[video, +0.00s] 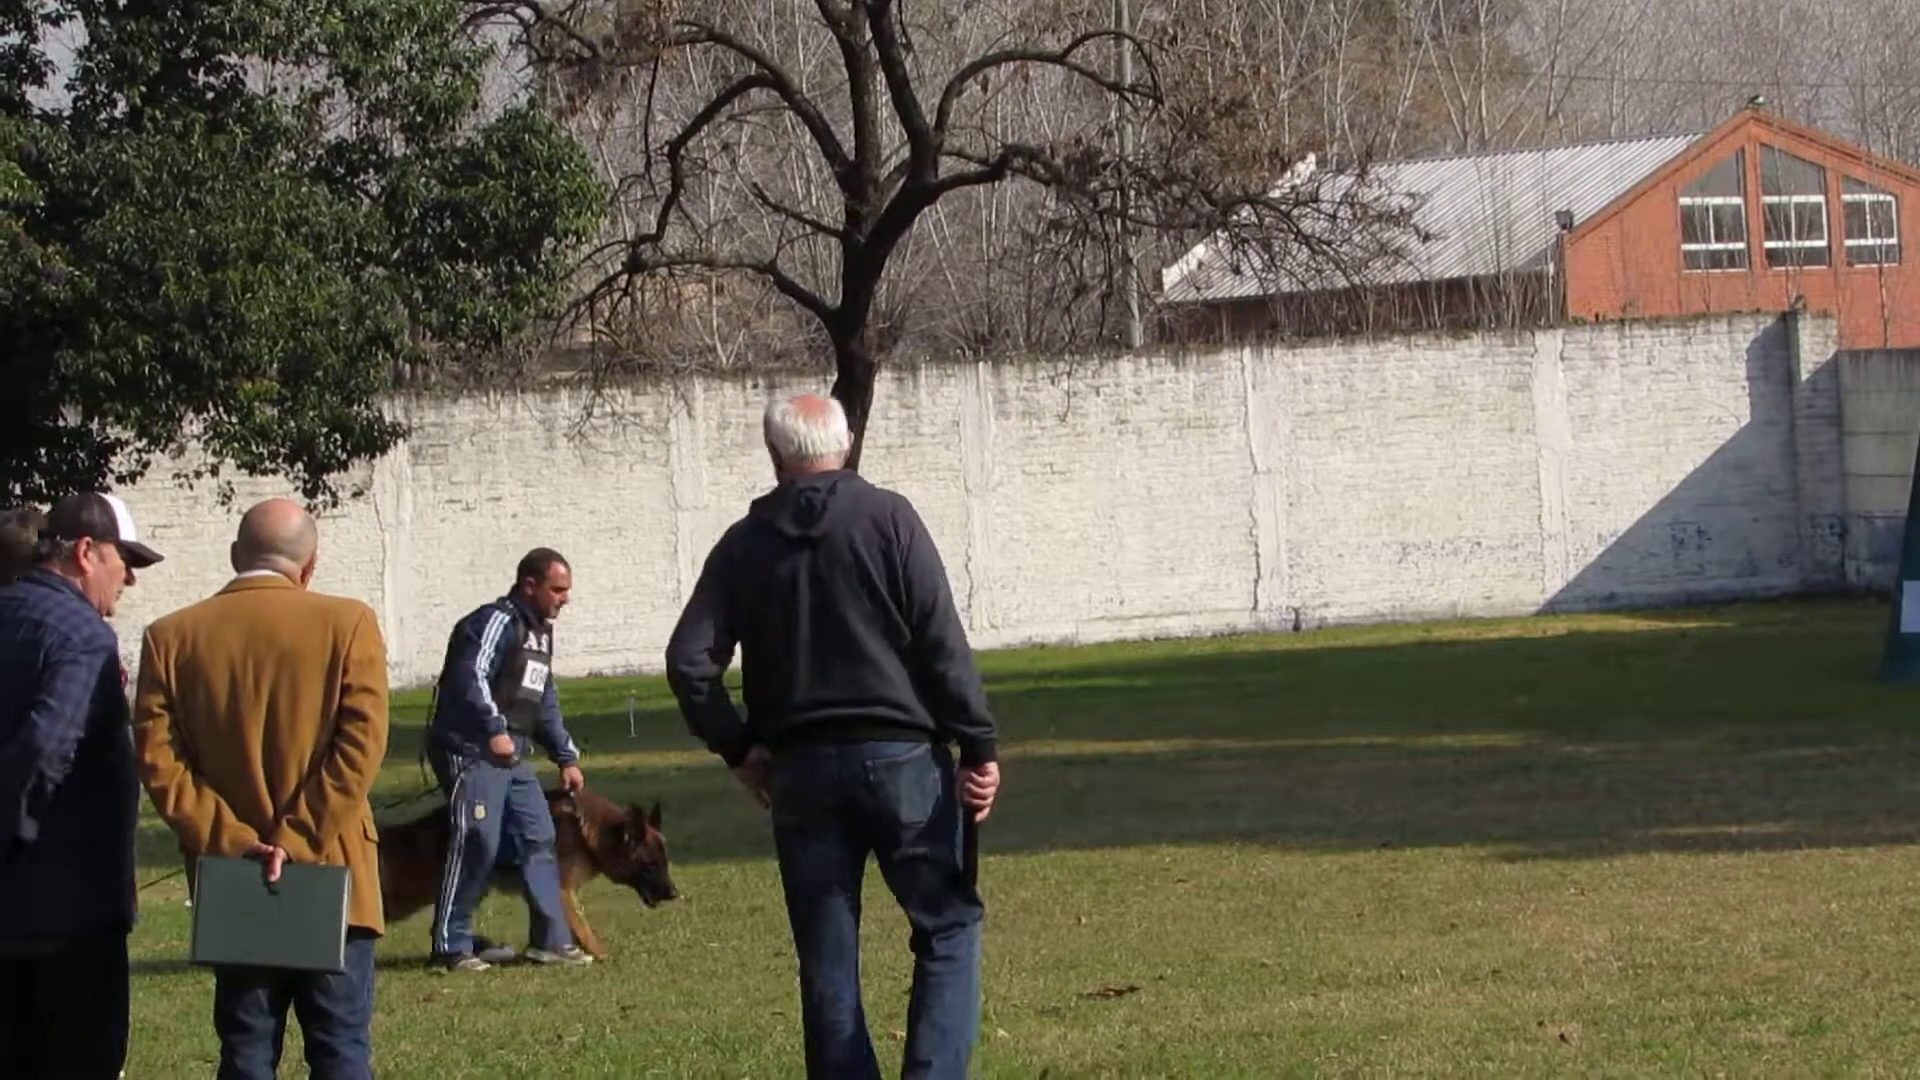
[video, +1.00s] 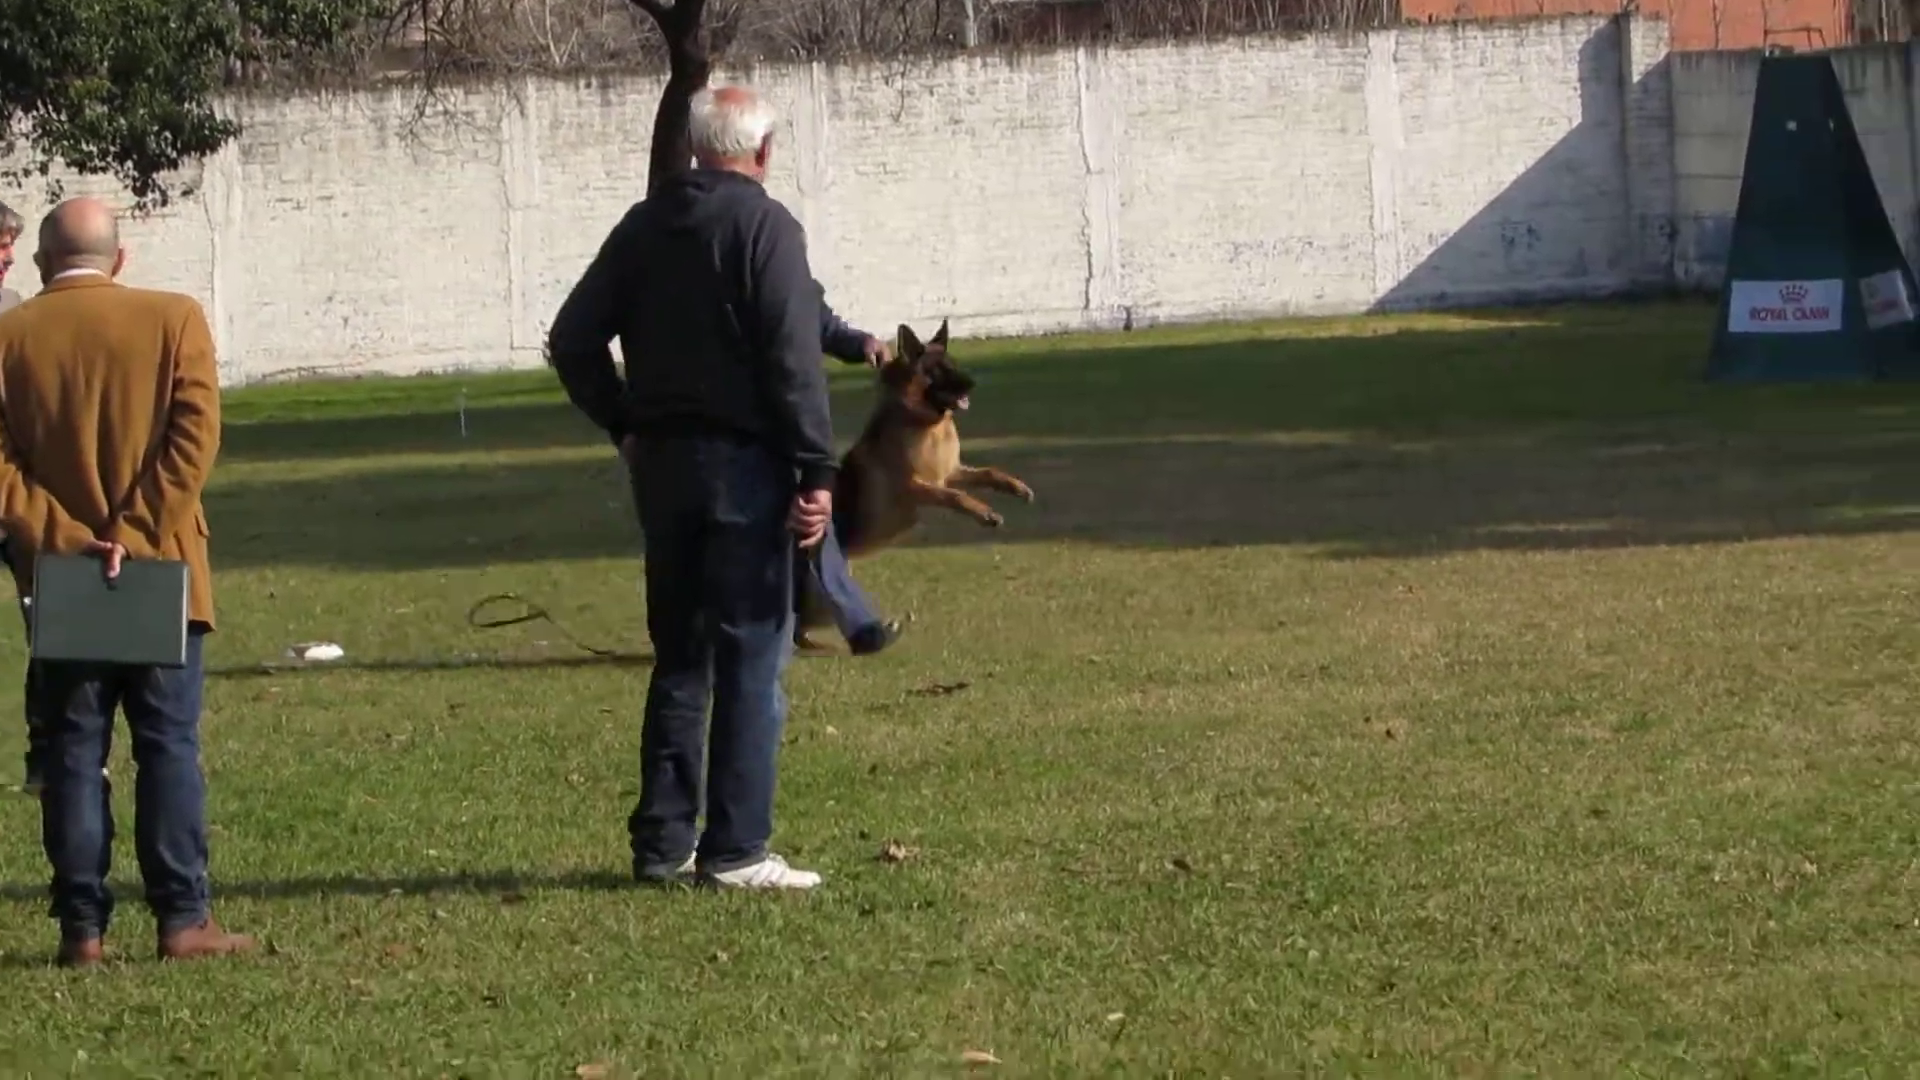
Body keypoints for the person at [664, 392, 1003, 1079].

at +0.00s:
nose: (852, 451)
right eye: (851, 442)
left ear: (775, 457)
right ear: (848, 447)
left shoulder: (743, 542)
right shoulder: (888, 517)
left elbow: (688, 661)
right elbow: (940, 642)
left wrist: (738, 747)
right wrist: (979, 746)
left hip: (799, 772)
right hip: (902, 761)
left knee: (825, 960)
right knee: (947, 928)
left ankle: (841, 1074)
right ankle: (933, 1072)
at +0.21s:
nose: (864, 445)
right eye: (864, 436)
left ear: (788, 444)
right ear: (862, 439)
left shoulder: (753, 528)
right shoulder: (893, 508)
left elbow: (694, 646)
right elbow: (940, 636)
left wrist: (747, 734)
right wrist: (976, 743)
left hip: (801, 760)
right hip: (898, 755)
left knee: (824, 957)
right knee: (918, 945)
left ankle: (837, 1074)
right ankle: (910, 1073)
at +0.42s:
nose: (880, 370)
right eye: (879, 360)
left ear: (798, 365)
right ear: (874, 365)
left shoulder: (759, 448)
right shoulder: (896, 434)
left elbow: (697, 561)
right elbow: (936, 564)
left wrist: (747, 645)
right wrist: (968, 670)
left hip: (797, 682)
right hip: (888, 677)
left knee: (817, 872)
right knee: (901, 867)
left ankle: (832, 1046)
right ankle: (889, 1053)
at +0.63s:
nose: (887, 267)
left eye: (882, 255)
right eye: (886, 257)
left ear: (801, 258)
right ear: (876, 263)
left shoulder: (761, 340)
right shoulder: (890, 335)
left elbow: (695, 457)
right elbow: (925, 467)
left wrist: (740, 543)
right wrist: (951, 572)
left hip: (785, 584)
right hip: (873, 579)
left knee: (806, 771)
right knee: (879, 770)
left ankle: (813, 953)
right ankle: (867, 960)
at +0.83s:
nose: (832, 191)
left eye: (827, 179)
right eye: (831, 180)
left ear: (749, 176)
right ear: (819, 184)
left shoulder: (701, 257)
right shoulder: (829, 256)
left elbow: (628, 369)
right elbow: (862, 392)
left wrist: (681, 462)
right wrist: (881, 502)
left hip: (721, 504)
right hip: (806, 502)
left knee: (742, 691)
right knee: (810, 693)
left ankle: (743, 877)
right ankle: (797, 882)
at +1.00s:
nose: (774, 159)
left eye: (768, 147)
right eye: (773, 148)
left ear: (694, 144)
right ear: (760, 150)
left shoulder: (644, 222)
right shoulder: (765, 225)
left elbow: (571, 340)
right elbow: (794, 360)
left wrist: (627, 424)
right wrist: (815, 470)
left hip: (663, 469)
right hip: (745, 470)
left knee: (678, 656)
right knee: (753, 656)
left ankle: (663, 844)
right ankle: (738, 851)